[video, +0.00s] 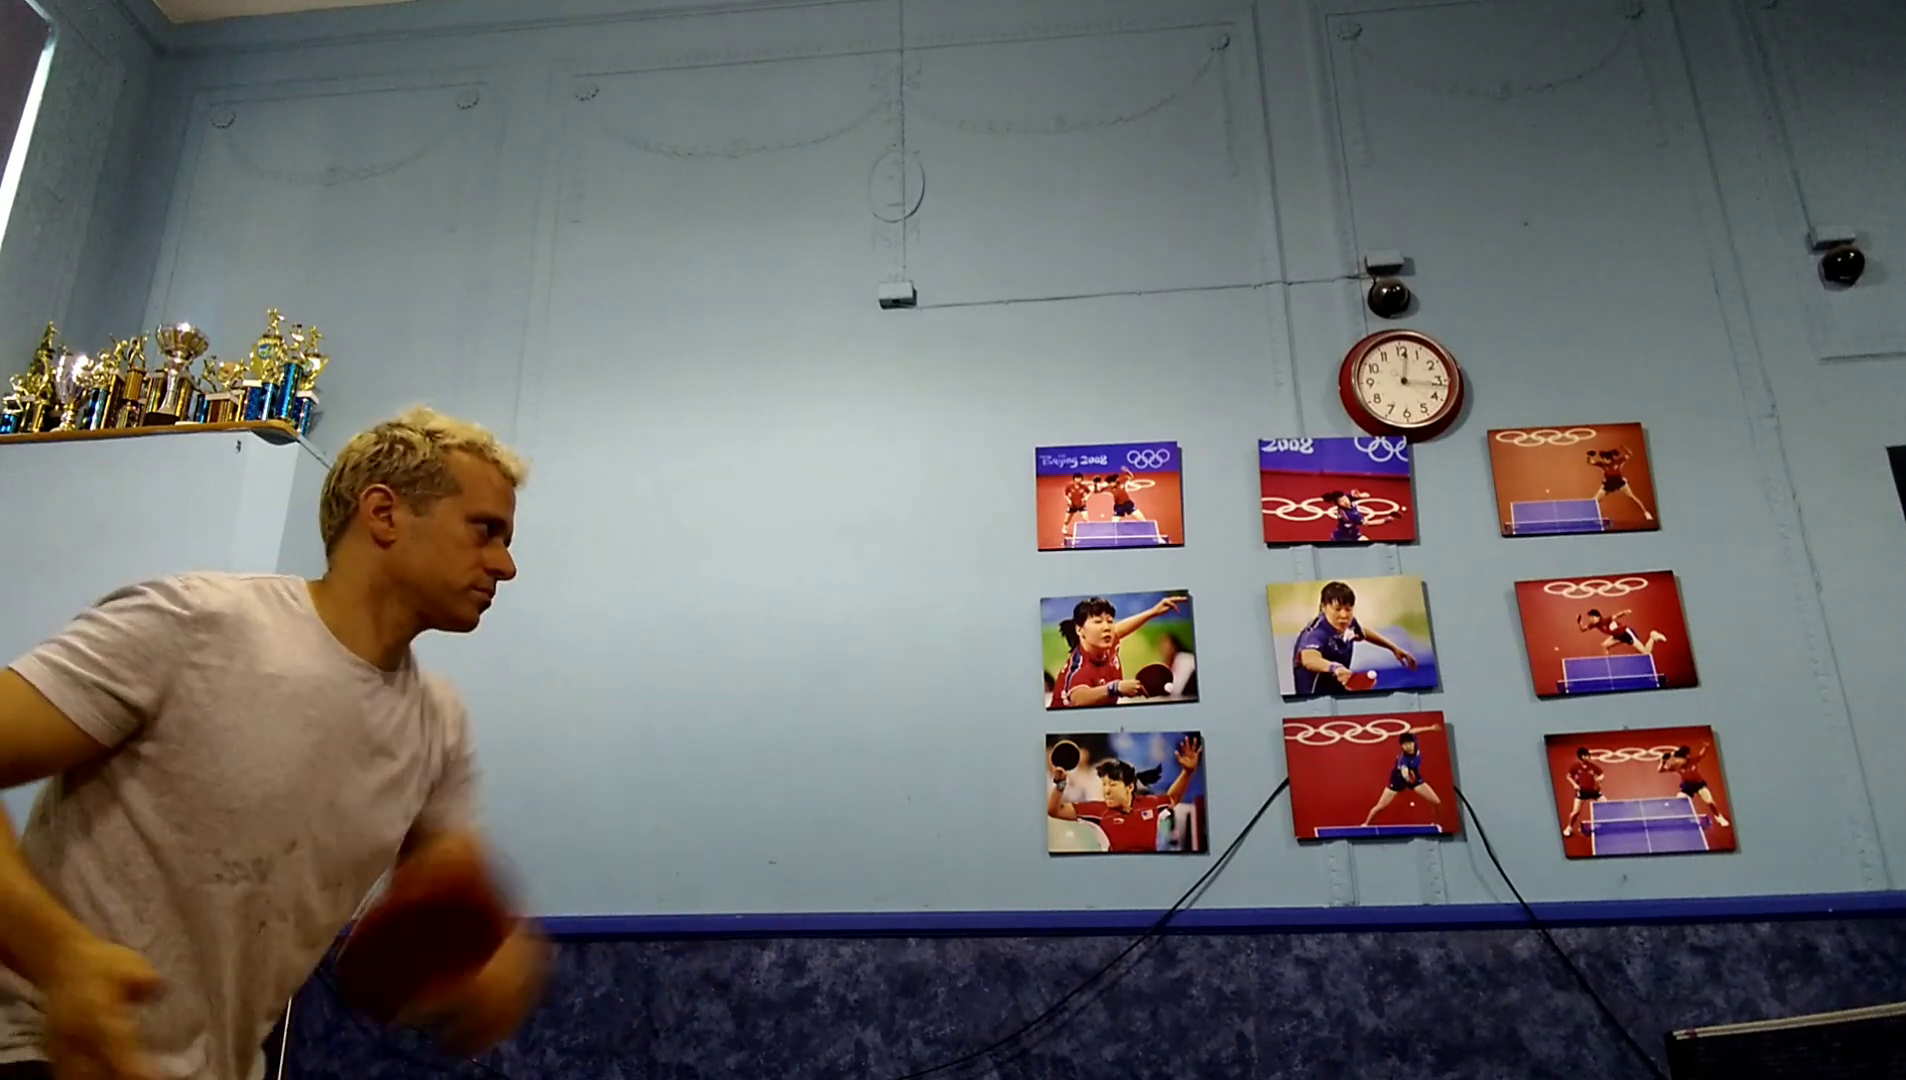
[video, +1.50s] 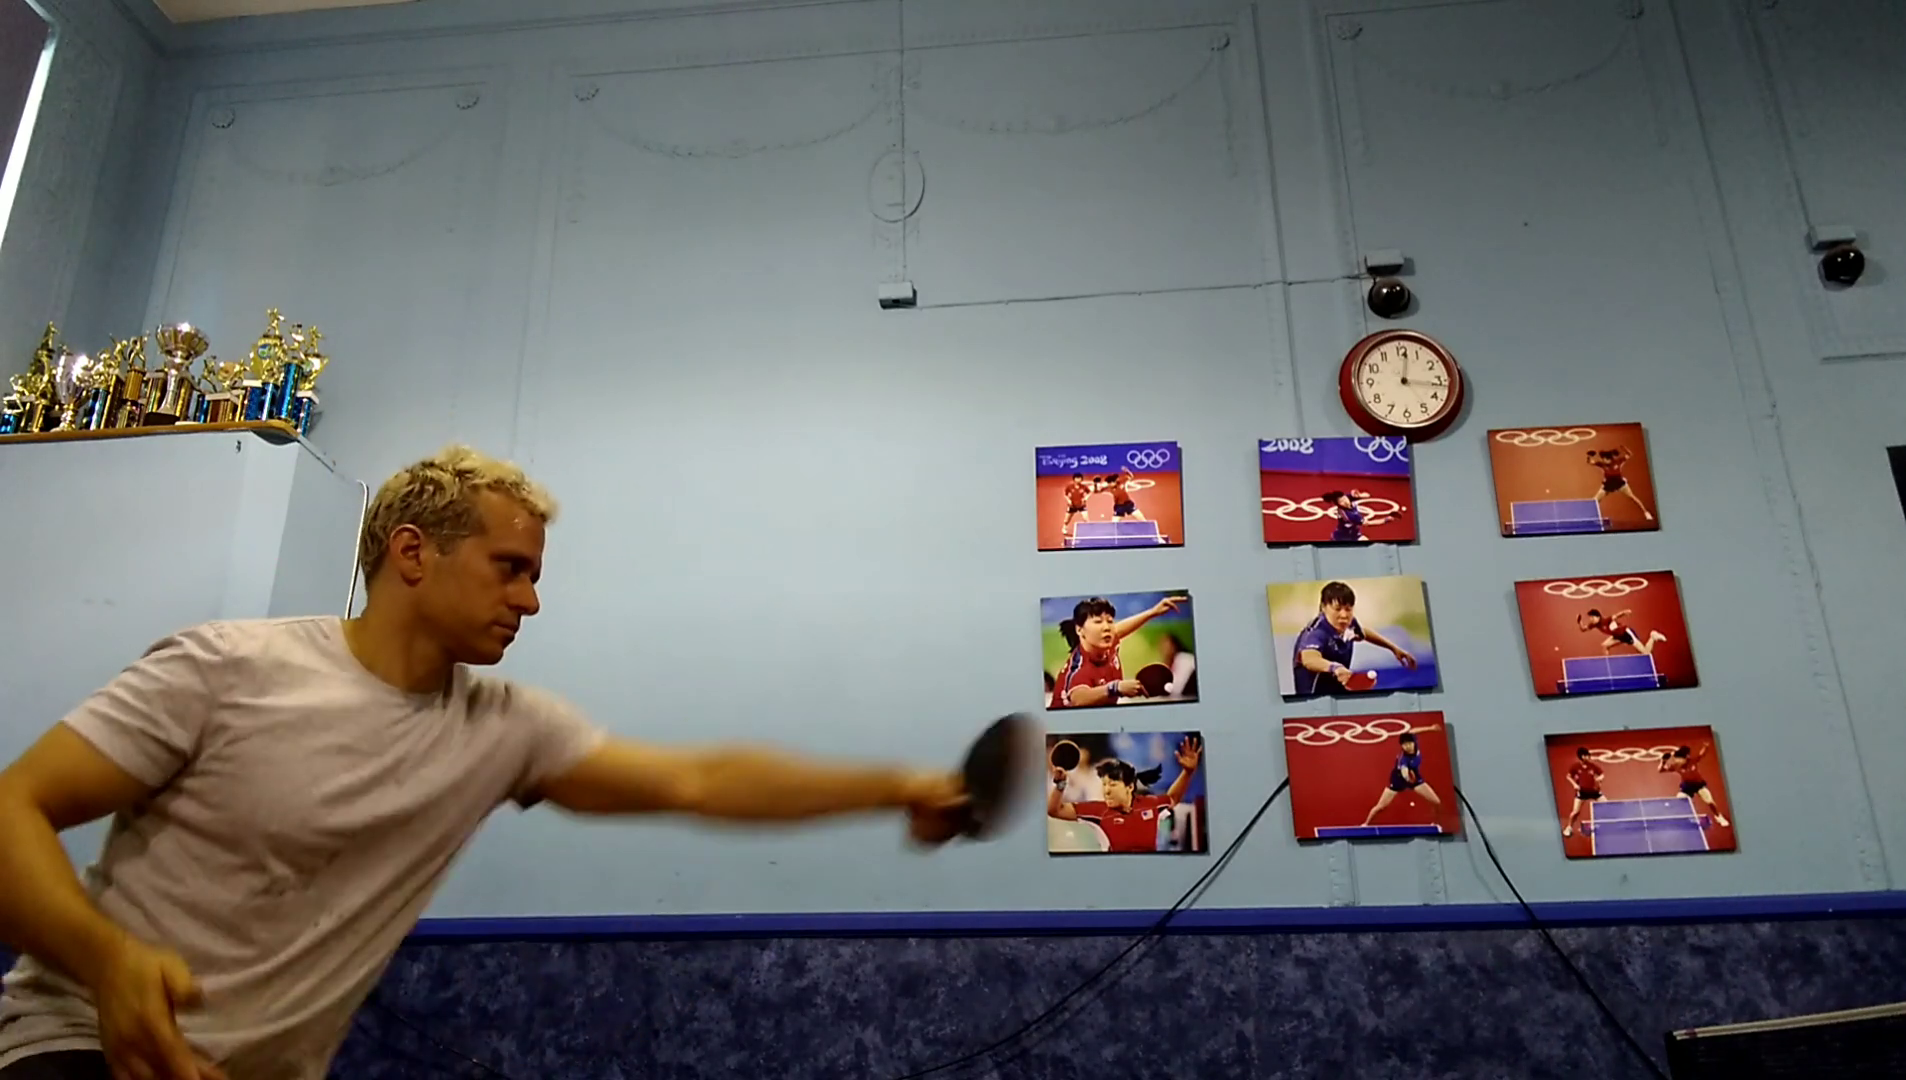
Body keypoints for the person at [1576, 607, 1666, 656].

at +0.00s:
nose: (1591, 620)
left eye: (1591, 618)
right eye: (1590, 619)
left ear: (1597, 617)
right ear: (1593, 618)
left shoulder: (1607, 620)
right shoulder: (1594, 624)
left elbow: (1617, 615)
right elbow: (1583, 630)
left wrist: (1626, 612)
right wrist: (1579, 623)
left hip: (1627, 634)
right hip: (1617, 636)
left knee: (1646, 652)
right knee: (1604, 645)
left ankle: (1653, 636)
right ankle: (1608, 667)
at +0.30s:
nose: (1590, 620)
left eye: (1591, 618)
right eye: (1590, 618)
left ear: (1597, 617)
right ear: (1593, 618)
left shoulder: (1607, 620)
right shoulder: (1594, 624)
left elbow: (1617, 615)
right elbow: (1583, 630)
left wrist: (1626, 612)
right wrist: (1579, 623)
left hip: (1627, 634)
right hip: (1618, 636)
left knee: (1645, 652)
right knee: (1604, 645)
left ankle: (1653, 637)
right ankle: (1608, 667)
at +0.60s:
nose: (1590, 620)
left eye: (1591, 618)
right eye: (1590, 619)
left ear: (1597, 617)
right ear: (1593, 618)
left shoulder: (1607, 620)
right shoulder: (1594, 624)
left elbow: (1617, 615)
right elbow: (1583, 630)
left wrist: (1626, 612)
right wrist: (1579, 623)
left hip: (1627, 634)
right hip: (1617, 636)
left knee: (1646, 652)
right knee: (1604, 645)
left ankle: (1653, 636)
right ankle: (1607, 667)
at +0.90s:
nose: (1590, 620)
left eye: (1591, 618)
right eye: (1590, 619)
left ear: (1597, 617)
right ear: (1593, 618)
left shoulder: (1607, 620)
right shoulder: (1595, 625)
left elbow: (1617, 615)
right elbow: (1584, 630)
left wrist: (1625, 612)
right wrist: (1579, 623)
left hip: (1627, 634)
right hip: (1618, 637)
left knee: (1646, 652)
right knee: (1604, 645)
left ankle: (1653, 636)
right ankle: (1608, 667)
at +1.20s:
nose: (1590, 620)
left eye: (1591, 618)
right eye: (1590, 619)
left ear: (1597, 617)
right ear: (1593, 618)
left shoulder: (1607, 620)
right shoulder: (1594, 624)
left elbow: (1617, 615)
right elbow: (1583, 630)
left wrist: (1626, 612)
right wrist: (1579, 623)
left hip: (1627, 634)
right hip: (1617, 636)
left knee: (1646, 652)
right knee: (1604, 645)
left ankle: (1653, 636)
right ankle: (1607, 667)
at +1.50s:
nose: (1590, 620)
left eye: (1591, 618)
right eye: (1590, 618)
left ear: (1597, 617)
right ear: (1593, 618)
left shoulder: (1607, 620)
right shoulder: (1594, 624)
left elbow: (1617, 615)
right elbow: (1583, 630)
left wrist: (1625, 612)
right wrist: (1579, 623)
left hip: (1627, 634)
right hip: (1618, 637)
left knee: (1646, 652)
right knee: (1604, 645)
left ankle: (1653, 636)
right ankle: (1607, 667)